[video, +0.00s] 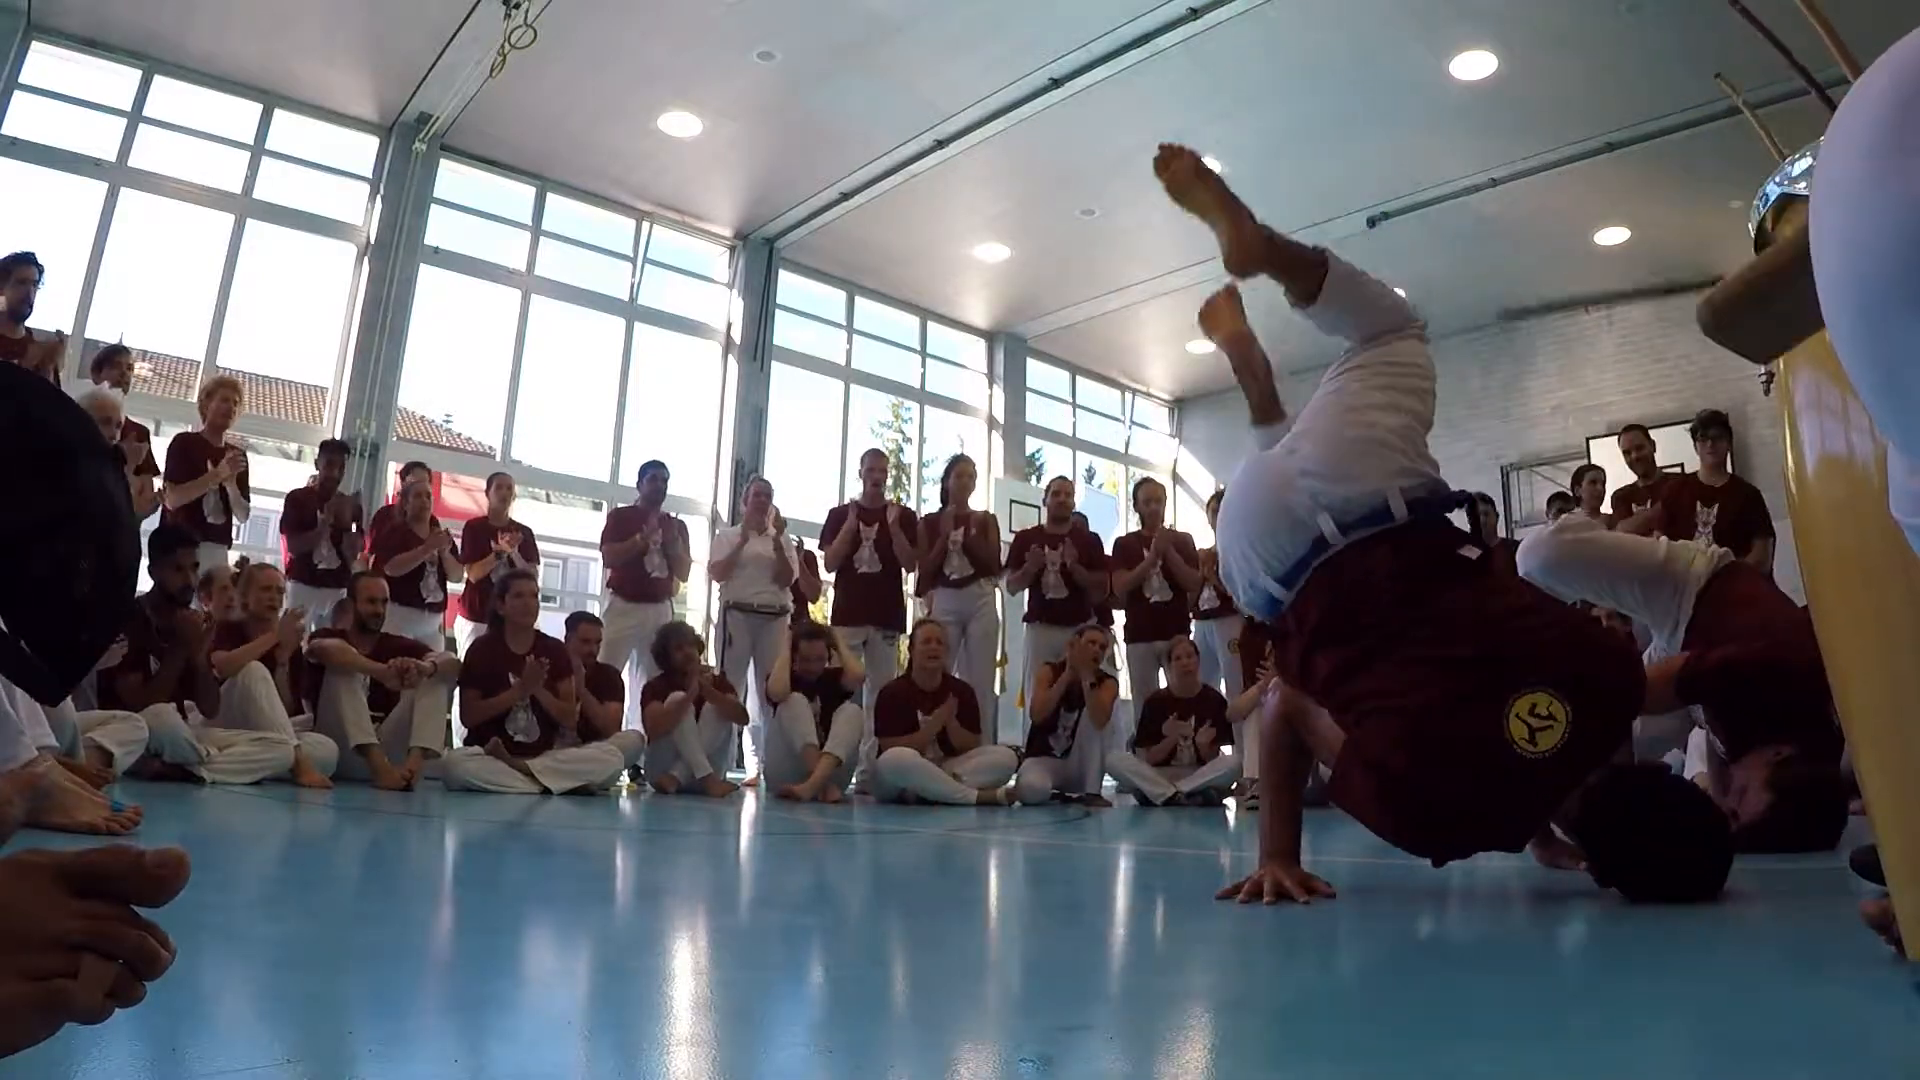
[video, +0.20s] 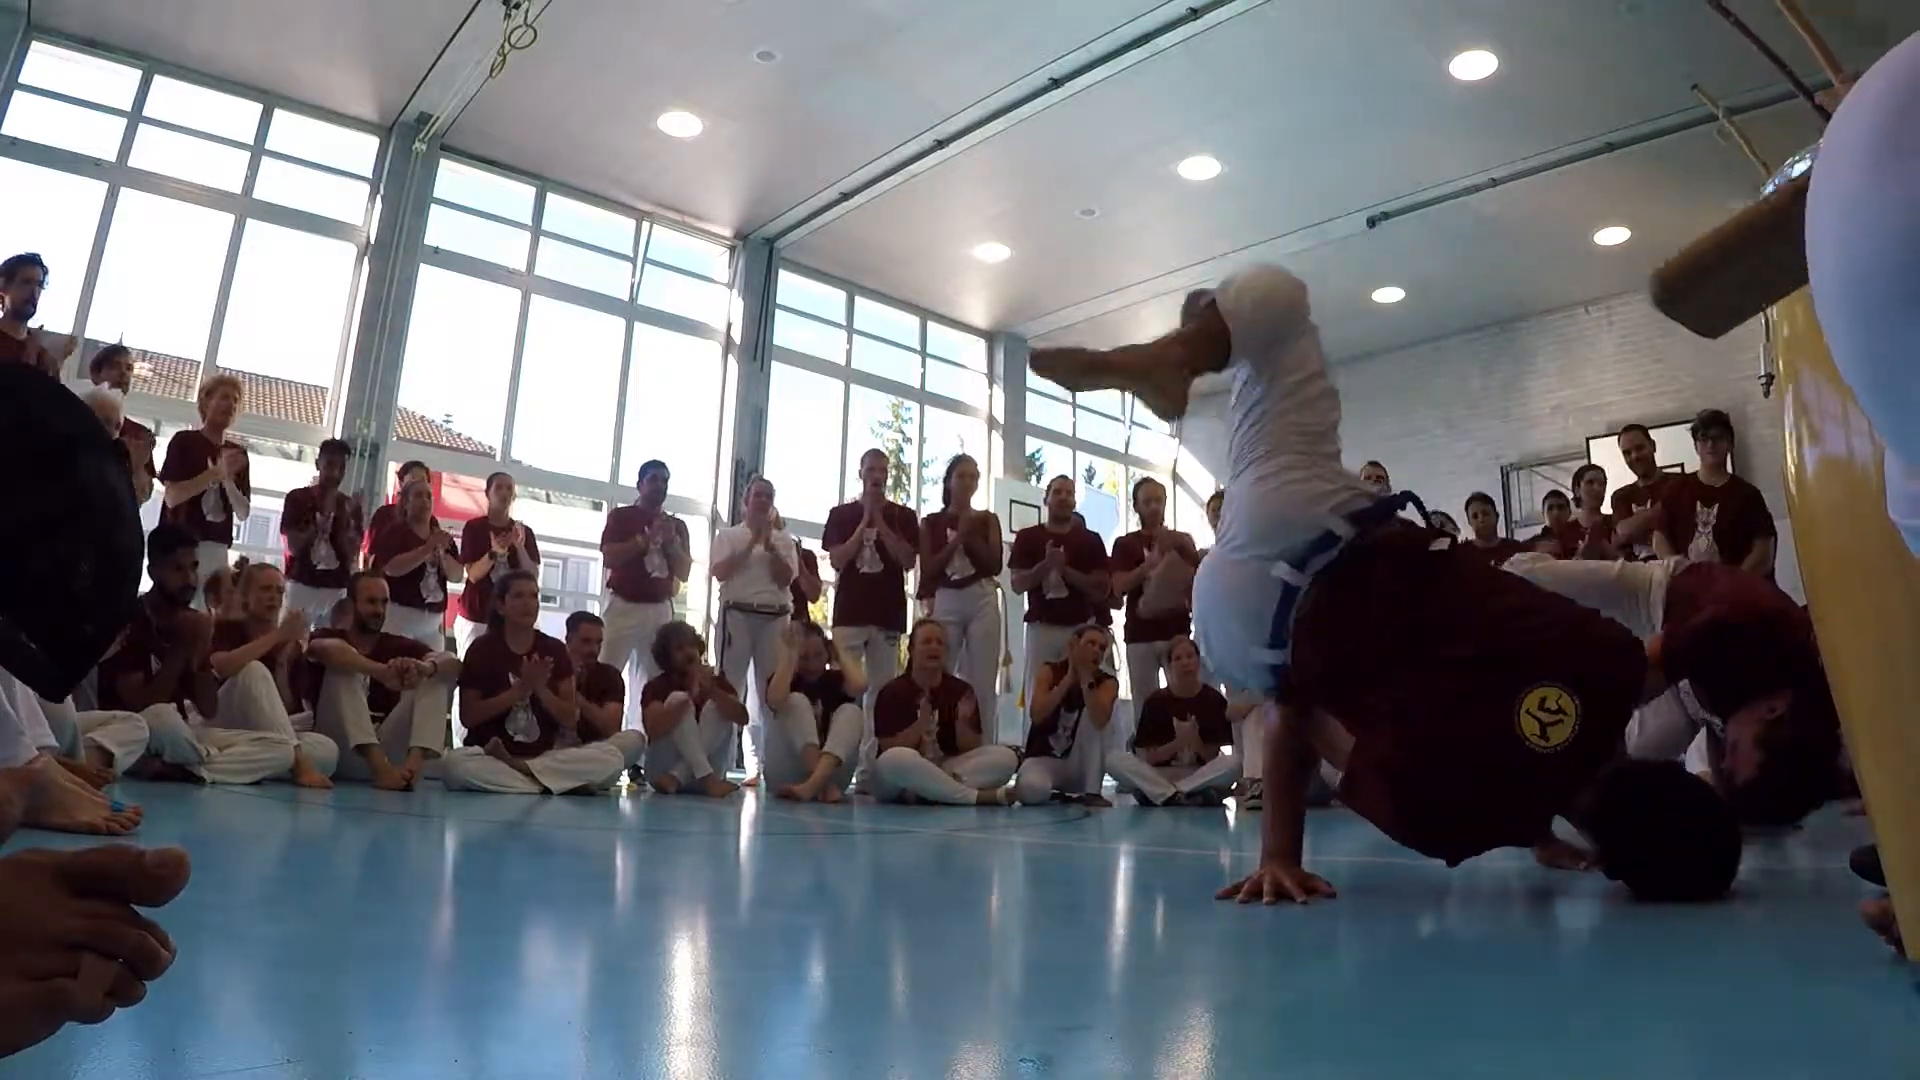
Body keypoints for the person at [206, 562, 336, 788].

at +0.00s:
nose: (274, 598)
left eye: (279, 591)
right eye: (266, 590)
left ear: (284, 597)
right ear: (245, 595)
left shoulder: (290, 642)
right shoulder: (228, 630)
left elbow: (290, 710)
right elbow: (221, 667)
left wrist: (284, 660)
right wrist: (275, 638)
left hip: (274, 733)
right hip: (227, 726)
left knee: (327, 752)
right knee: (253, 671)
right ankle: (299, 762)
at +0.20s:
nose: (274, 597)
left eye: (279, 591)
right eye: (265, 589)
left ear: (284, 597)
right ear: (245, 595)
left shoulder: (290, 645)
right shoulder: (225, 629)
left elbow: (291, 710)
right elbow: (220, 667)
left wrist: (282, 666)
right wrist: (280, 635)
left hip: (271, 733)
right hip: (224, 725)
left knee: (326, 751)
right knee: (253, 671)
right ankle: (299, 762)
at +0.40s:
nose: (274, 597)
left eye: (280, 591)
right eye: (266, 589)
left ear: (285, 597)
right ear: (245, 596)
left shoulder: (288, 643)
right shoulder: (226, 629)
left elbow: (290, 710)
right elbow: (221, 666)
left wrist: (283, 664)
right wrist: (273, 637)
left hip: (272, 733)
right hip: (225, 725)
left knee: (327, 752)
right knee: (253, 671)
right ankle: (299, 762)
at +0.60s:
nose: (275, 597)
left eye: (280, 591)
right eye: (266, 589)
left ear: (284, 597)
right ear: (245, 595)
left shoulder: (289, 644)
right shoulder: (224, 630)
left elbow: (293, 712)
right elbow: (223, 664)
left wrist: (277, 670)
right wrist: (279, 640)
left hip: (274, 734)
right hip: (225, 727)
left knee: (326, 751)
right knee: (253, 671)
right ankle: (299, 762)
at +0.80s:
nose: (274, 597)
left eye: (279, 591)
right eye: (266, 589)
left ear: (284, 598)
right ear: (246, 595)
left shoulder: (285, 642)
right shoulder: (226, 629)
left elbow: (288, 712)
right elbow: (221, 666)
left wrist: (284, 663)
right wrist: (279, 637)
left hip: (270, 733)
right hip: (223, 727)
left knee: (326, 751)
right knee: (253, 671)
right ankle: (298, 762)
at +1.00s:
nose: (274, 597)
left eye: (279, 591)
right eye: (266, 589)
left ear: (284, 597)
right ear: (246, 595)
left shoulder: (291, 646)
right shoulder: (224, 630)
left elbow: (293, 711)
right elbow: (222, 666)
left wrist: (279, 664)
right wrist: (278, 637)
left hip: (273, 733)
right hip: (224, 726)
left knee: (326, 752)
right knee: (253, 671)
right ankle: (298, 762)